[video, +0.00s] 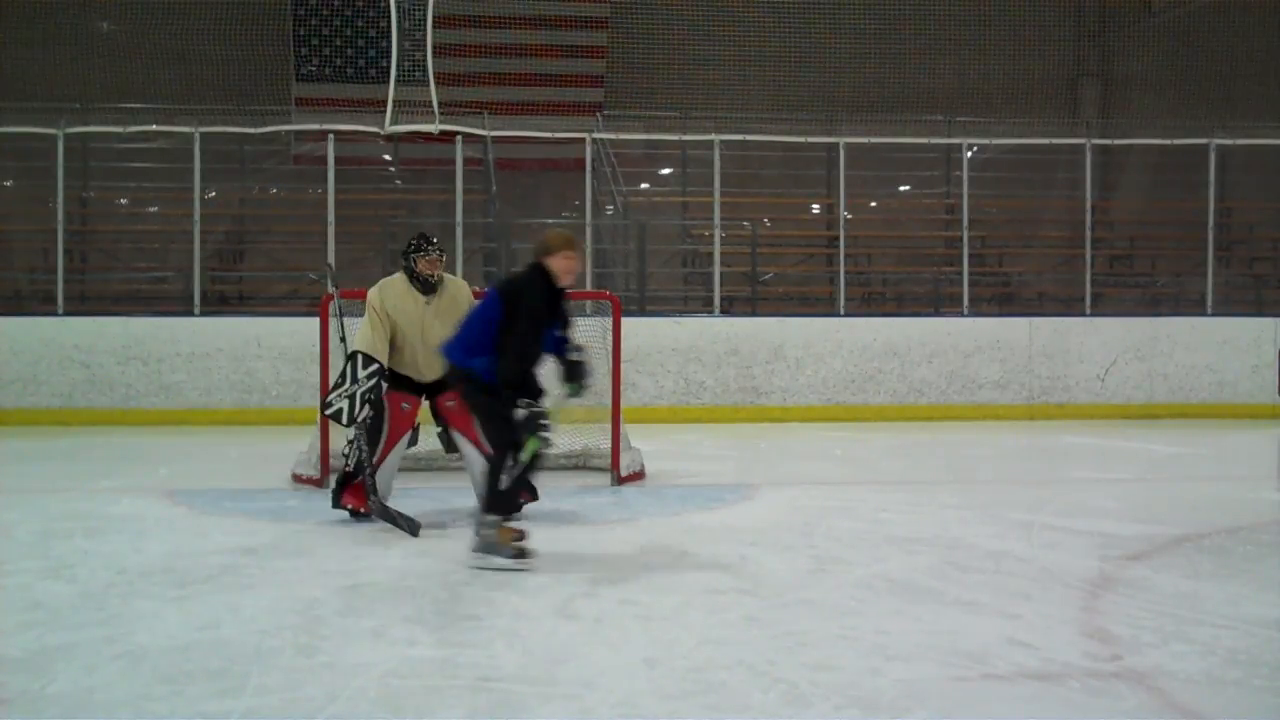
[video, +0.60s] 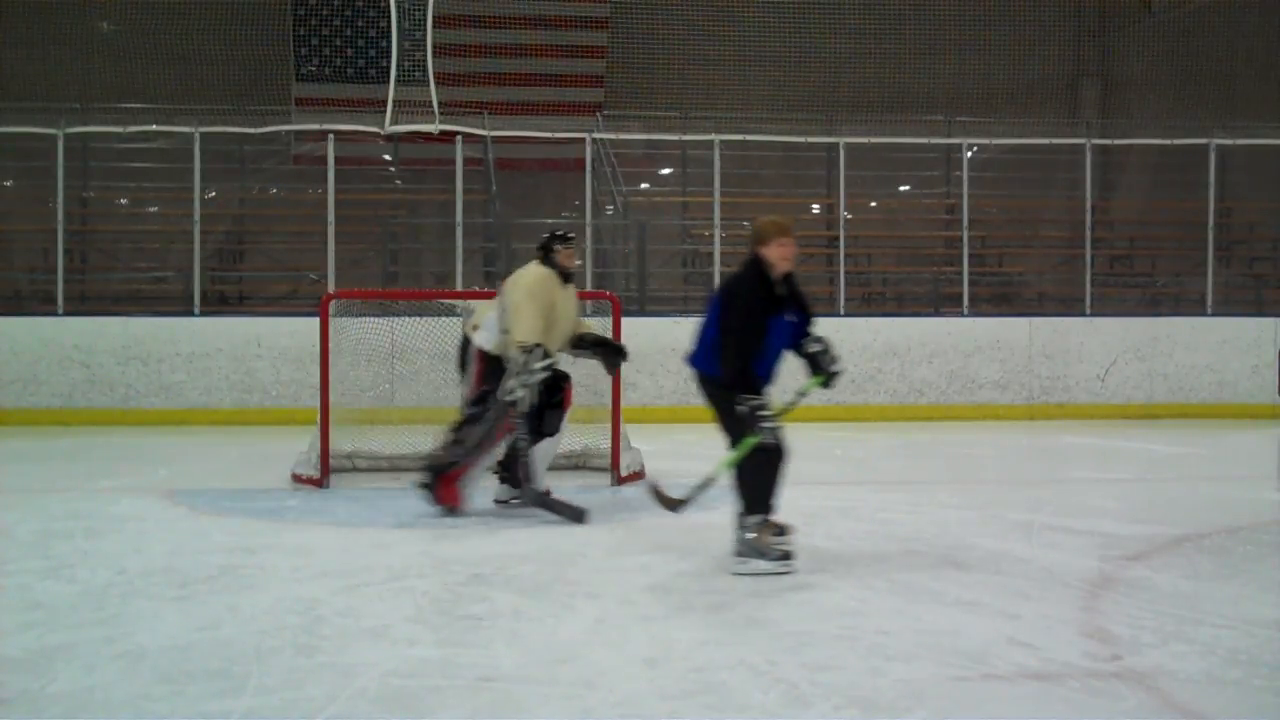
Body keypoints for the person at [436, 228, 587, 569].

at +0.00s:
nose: (573, 268)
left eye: (575, 260)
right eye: (566, 260)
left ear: (573, 262)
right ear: (547, 259)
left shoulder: (550, 293)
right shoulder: (526, 289)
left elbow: (551, 333)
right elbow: (515, 355)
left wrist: (569, 358)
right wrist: (527, 399)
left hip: (500, 369)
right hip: (471, 367)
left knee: (528, 438)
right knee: (505, 441)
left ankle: (500, 517)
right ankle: (489, 527)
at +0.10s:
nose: (606, 264)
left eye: (609, 257)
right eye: (598, 256)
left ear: (611, 261)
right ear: (579, 258)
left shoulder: (593, 297)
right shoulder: (555, 290)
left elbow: (598, 337)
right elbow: (540, 354)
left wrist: (613, 361)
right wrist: (551, 400)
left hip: (545, 379)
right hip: (512, 376)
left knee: (567, 448)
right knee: (555, 448)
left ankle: (533, 524)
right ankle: (528, 523)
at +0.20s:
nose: (638, 258)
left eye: (642, 251)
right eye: (631, 251)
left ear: (647, 255)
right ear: (613, 253)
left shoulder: (635, 289)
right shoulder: (590, 286)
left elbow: (641, 332)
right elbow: (573, 348)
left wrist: (660, 357)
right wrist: (586, 400)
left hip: (588, 371)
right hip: (558, 368)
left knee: (587, 441)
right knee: (606, 442)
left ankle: (565, 519)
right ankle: (584, 532)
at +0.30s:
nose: (674, 251)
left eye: (678, 244)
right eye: (667, 244)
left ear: (681, 250)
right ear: (647, 247)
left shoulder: (673, 285)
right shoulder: (627, 283)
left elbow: (680, 327)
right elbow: (607, 344)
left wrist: (700, 352)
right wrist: (618, 395)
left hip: (628, 375)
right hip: (604, 373)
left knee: (626, 441)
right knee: (648, 444)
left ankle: (607, 518)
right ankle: (623, 532)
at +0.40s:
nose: (709, 249)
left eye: (712, 242)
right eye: (702, 242)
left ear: (716, 246)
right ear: (683, 246)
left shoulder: (711, 283)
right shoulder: (664, 283)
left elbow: (717, 326)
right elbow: (648, 347)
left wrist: (738, 352)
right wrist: (664, 398)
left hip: (669, 375)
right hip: (645, 374)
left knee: (673, 440)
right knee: (686, 445)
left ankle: (651, 516)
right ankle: (665, 531)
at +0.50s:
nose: (748, 248)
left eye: (751, 242)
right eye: (740, 242)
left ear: (756, 247)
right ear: (723, 246)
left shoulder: (751, 283)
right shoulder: (705, 282)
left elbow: (758, 329)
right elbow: (691, 344)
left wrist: (778, 355)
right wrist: (704, 395)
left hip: (709, 373)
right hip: (681, 371)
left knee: (720, 444)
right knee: (719, 445)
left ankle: (707, 524)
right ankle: (707, 528)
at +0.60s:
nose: (789, 252)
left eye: (791, 245)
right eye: (780, 245)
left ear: (794, 249)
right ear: (760, 249)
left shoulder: (785, 287)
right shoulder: (742, 287)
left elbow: (796, 328)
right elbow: (731, 349)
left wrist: (817, 355)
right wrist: (746, 398)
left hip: (747, 378)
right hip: (719, 377)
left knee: (767, 446)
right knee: (758, 448)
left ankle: (756, 523)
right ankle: (751, 529)